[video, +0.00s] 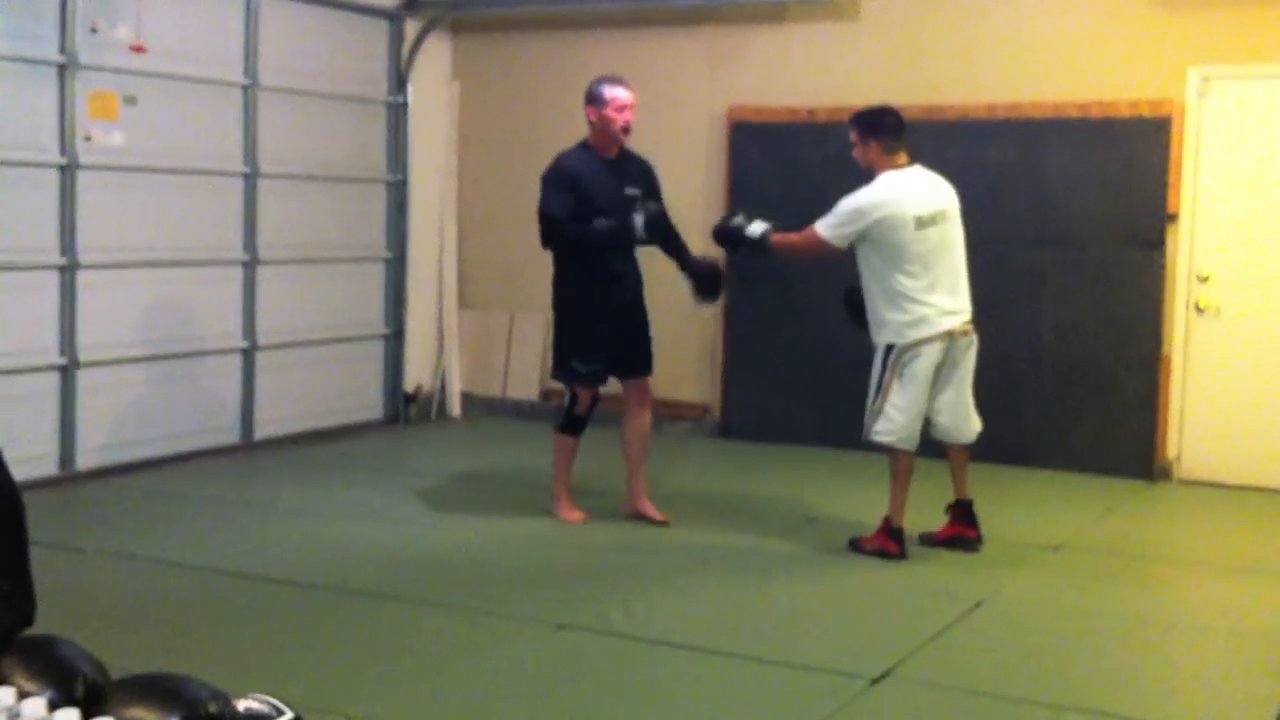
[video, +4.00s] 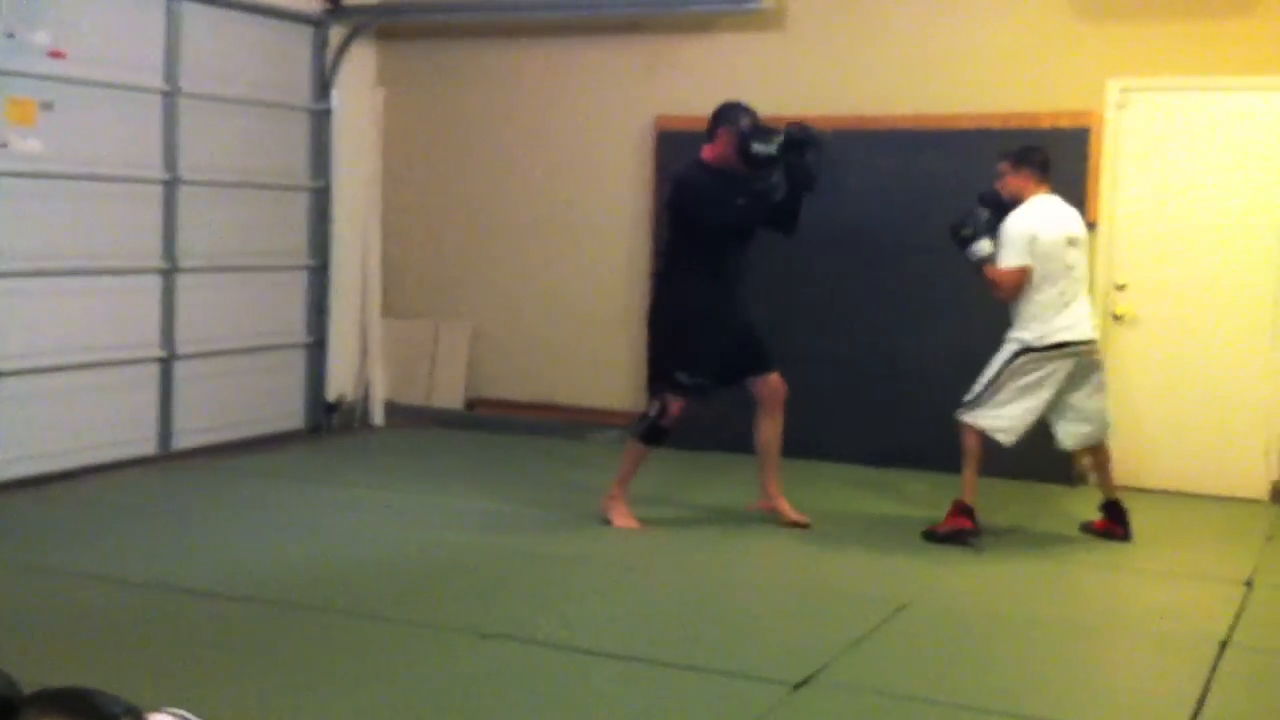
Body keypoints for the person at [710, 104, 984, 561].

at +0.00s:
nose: (855, 154)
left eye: (856, 145)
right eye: (854, 145)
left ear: (870, 145)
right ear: (901, 140)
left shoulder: (873, 199)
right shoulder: (940, 186)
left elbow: (808, 243)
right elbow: (931, 262)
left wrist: (759, 235)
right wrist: (880, 297)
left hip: (913, 334)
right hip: (960, 326)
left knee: (900, 431)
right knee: (956, 423)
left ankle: (892, 530)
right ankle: (964, 518)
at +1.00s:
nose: (936, 156)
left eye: (938, 147)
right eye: (937, 147)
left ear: (954, 148)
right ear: (980, 147)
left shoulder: (944, 198)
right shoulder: (1018, 193)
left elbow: (910, 261)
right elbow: (996, 242)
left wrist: (904, 209)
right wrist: (944, 193)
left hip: (980, 331)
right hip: (1035, 329)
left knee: (937, 421)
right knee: (1031, 431)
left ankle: (948, 520)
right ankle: (1042, 526)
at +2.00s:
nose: (1059, 173)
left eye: (1062, 164)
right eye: (1059, 164)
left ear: (1080, 164)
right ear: (1106, 163)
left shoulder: (1084, 214)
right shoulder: (1143, 206)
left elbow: (1053, 278)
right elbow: (1122, 263)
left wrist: (1043, 229)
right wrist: (1069, 216)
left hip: (1111, 349)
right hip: (1165, 341)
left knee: (1043, 431)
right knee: (1179, 439)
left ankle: (1028, 530)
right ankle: (1197, 530)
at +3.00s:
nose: (1032, 174)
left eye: (1034, 166)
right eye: (1032, 166)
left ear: (1049, 165)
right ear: (1072, 162)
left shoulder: (1046, 212)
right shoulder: (1115, 204)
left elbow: (1004, 268)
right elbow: (1084, 249)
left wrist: (997, 225)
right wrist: (1036, 208)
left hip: (1074, 338)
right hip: (1124, 338)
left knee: (1029, 428)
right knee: (1122, 426)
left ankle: (1025, 523)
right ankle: (1151, 499)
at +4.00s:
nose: (1000, 184)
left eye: (1005, 176)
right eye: (1001, 176)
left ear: (1026, 176)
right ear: (1041, 176)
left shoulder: (1021, 221)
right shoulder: (1071, 215)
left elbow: (1006, 286)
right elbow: (1048, 268)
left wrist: (980, 250)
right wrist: (1005, 222)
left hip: (1039, 341)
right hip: (1082, 337)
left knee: (971, 417)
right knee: (1092, 431)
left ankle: (964, 512)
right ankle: (1115, 513)